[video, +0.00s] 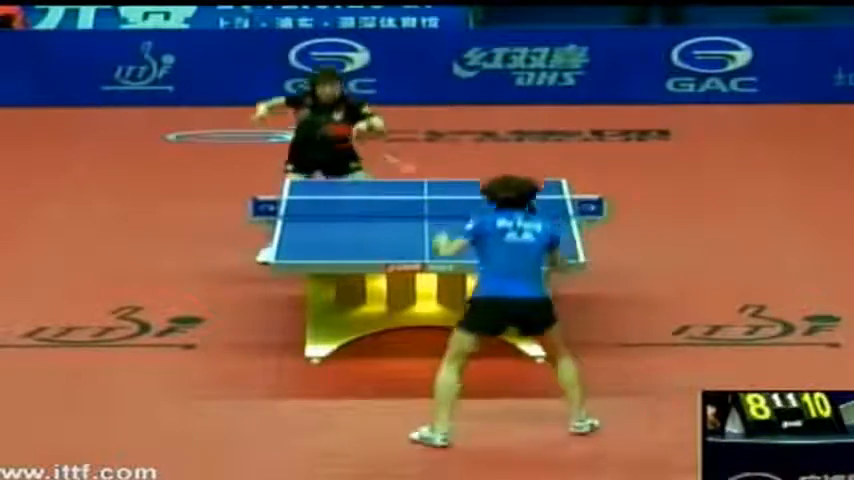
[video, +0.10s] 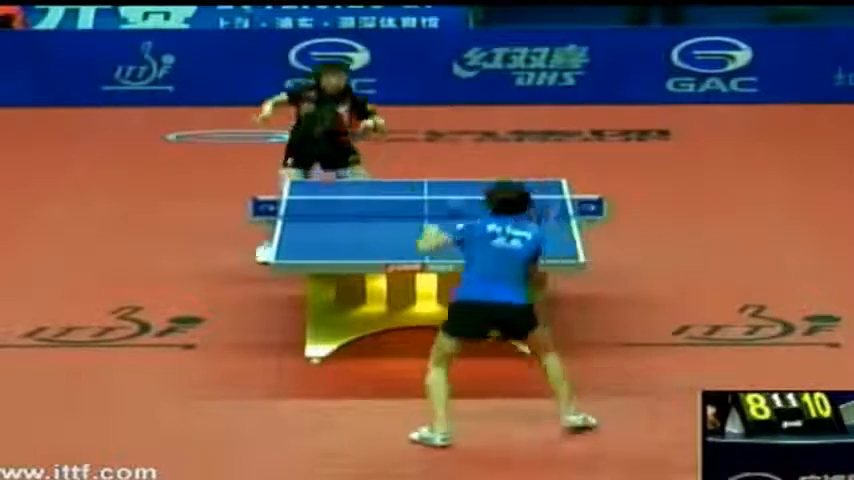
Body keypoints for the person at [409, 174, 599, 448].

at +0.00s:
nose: (487, 203)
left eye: (489, 199)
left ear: (494, 201)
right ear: (528, 201)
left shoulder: (484, 223)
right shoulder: (544, 226)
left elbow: (450, 251)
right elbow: (554, 262)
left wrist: (442, 244)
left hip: (489, 300)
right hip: (532, 300)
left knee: (453, 360)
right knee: (560, 355)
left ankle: (439, 429)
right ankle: (579, 417)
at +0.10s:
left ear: (491, 205)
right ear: (524, 206)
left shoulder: (474, 228)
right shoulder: (534, 233)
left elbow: (436, 242)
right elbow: (535, 274)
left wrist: (427, 242)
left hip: (470, 303)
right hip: (514, 305)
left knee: (438, 363)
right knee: (547, 354)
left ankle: (439, 428)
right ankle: (569, 412)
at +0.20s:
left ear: (496, 204)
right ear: (528, 209)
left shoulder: (473, 222)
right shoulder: (534, 235)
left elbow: (427, 231)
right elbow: (526, 273)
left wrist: (424, 222)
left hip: (463, 300)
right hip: (504, 304)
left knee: (434, 361)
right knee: (537, 342)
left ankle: (438, 429)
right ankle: (551, 407)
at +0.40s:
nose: (530, 202)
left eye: (534, 201)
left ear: (530, 206)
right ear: (553, 223)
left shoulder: (495, 217)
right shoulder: (543, 248)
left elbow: (450, 205)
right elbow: (539, 280)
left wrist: (423, 183)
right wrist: (580, 263)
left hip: (458, 290)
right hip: (498, 298)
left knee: (434, 361)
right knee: (514, 345)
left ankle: (437, 429)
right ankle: (524, 403)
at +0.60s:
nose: (546, 218)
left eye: (549, 217)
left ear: (545, 221)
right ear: (564, 241)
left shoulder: (517, 228)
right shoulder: (551, 263)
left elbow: (484, 208)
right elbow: (538, 291)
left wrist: (461, 181)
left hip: (474, 294)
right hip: (510, 305)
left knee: (428, 360)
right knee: (517, 346)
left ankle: (437, 417)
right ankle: (522, 402)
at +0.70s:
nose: (533, 214)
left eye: (537, 213)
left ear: (536, 219)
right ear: (557, 233)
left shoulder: (516, 229)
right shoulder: (549, 258)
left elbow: (491, 211)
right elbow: (538, 290)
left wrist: (469, 182)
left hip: (484, 300)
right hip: (518, 308)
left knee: (423, 354)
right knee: (516, 347)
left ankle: (435, 410)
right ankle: (521, 402)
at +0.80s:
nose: (518, 209)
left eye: (521, 207)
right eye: (521, 208)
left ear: (524, 211)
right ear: (547, 222)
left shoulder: (508, 223)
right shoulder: (542, 247)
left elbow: (481, 211)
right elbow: (539, 286)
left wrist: (457, 184)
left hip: (486, 298)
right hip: (522, 306)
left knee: (429, 356)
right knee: (517, 346)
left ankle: (436, 418)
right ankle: (521, 401)